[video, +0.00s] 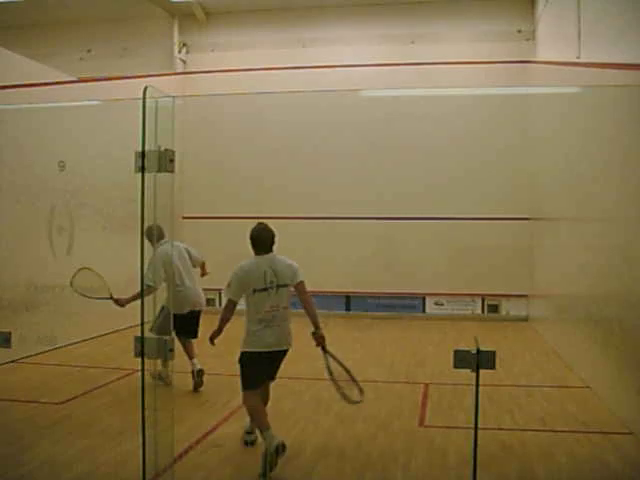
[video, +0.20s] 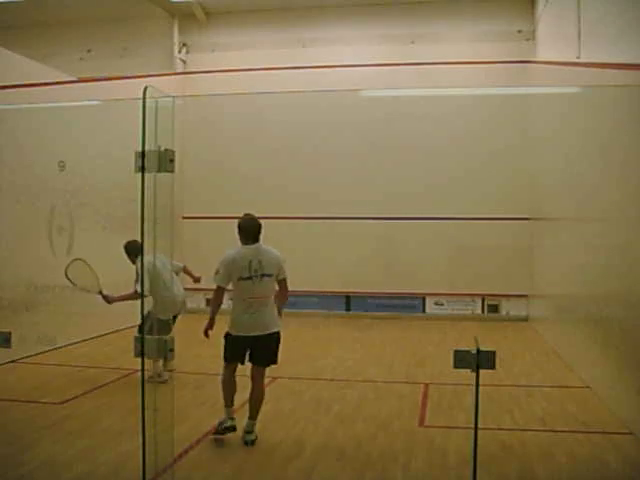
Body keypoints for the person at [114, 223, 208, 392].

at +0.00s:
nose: (148, 244)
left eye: (148, 240)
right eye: (148, 240)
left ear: (150, 240)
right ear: (164, 235)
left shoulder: (159, 254)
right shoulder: (179, 246)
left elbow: (152, 286)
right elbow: (200, 260)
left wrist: (127, 300)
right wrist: (203, 271)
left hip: (180, 302)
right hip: (197, 299)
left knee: (160, 333)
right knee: (184, 336)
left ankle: (165, 372)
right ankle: (196, 366)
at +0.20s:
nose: (129, 259)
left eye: (128, 256)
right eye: (128, 256)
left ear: (131, 255)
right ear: (142, 250)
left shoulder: (142, 264)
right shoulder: (158, 258)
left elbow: (140, 293)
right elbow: (181, 267)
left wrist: (114, 299)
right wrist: (194, 277)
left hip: (164, 305)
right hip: (179, 301)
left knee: (148, 333)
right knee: (163, 332)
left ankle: (158, 371)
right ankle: (167, 362)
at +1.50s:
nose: (225, 237)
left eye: (225, 233)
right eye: (223, 233)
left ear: (207, 233)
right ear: (214, 233)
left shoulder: (191, 249)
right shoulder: (215, 251)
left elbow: (172, 269)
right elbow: (217, 279)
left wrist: (149, 286)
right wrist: (223, 305)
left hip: (191, 304)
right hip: (211, 305)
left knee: (183, 333)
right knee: (215, 338)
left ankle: (175, 366)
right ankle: (213, 373)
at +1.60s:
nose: (232, 229)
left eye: (232, 225)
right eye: (229, 225)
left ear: (214, 226)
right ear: (221, 226)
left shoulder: (198, 244)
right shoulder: (221, 244)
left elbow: (180, 267)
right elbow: (218, 270)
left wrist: (164, 285)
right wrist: (220, 295)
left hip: (201, 301)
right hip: (220, 301)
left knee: (201, 334)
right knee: (221, 334)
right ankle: (217, 370)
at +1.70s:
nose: (238, 227)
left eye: (238, 223)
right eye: (236, 223)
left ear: (220, 225)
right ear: (226, 224)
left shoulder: (206, 243)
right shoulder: (226, 242)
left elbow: (190, 268)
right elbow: (222, 269)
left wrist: (176, 291)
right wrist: (224, 294)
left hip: (207, 300)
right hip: (227, 300)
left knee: (219, 337)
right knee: (233, 332)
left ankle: (224, 373)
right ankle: (233, 368)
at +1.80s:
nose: (245, 231)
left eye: (245, 227)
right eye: (242, 227)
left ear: (229, 229)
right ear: (232, 228)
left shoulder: (214, 248)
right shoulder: (232, 247)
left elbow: (199, 276)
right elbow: (230, 275)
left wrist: (188, 301)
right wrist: (235, 301)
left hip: (217, 309)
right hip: (235, 308)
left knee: (228, 346)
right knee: (247, 338)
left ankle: (231, 386)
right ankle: (252, 379)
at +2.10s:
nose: (271, 239)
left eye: (271, 235)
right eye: (267, 235)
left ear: (251, 237)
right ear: (255, 236)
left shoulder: (234, 256)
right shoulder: (257, 256)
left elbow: (219, 285)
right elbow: (270, 288)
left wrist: (214, 311)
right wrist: (291, 312)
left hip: (237, 318)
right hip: (259, 318)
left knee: (237, 351)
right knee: (276, 355)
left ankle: (232, 387)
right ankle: (282, 399)